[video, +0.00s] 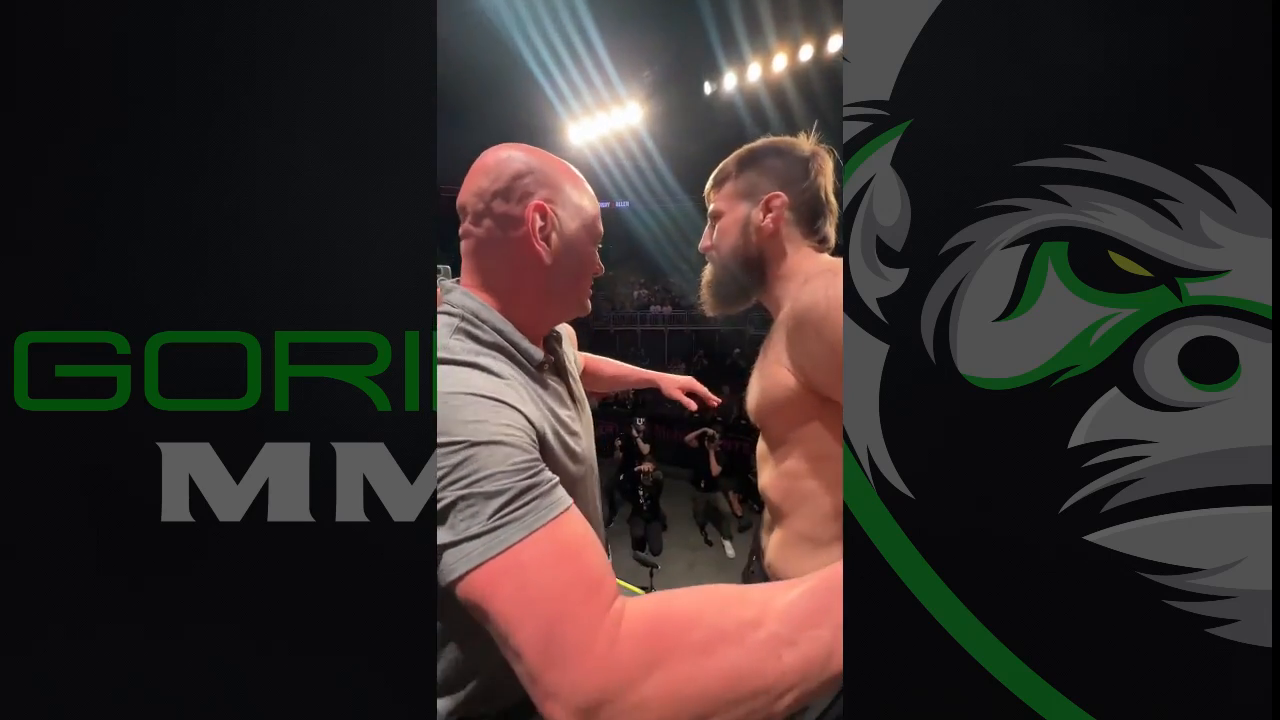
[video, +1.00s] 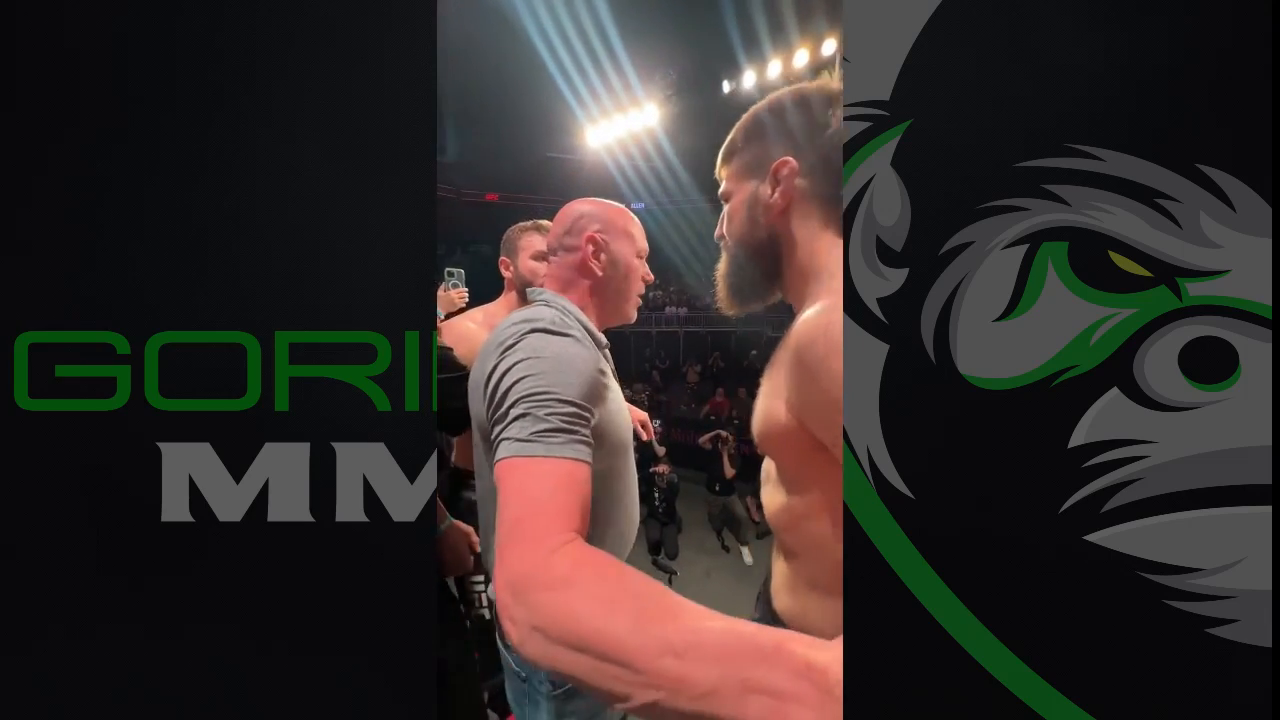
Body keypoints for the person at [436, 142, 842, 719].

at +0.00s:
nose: (599, 265)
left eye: (597, 242)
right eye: (592, 238)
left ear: (539, 229)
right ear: (541, 228)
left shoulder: (520, 335)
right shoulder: (459, 407)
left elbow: (571, 366)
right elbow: (594, 672)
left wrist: (658, 380)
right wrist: (860, 586)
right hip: (493, 698)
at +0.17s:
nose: (607, 271)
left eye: (606, 250)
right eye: (602, 248)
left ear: (551, 234)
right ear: (551, 234)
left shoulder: (539, 338)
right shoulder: (468, 400)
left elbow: (573, 372)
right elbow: (580, 665)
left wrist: (647, 388)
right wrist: (848, 601)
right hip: (507, 688)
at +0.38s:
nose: (624, 277)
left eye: (623, 260)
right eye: (618, 258)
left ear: (573, 250)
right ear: (577, 251)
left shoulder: (558, 340)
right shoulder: (497, 386)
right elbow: (545, 663)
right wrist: (829, 638)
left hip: (598, 594)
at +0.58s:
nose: (636, 271)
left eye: (636, 252)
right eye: (634, 251)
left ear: (542, 250)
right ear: (603, 247)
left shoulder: (566, 346)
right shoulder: (517, 369)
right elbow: (511, 654)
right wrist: (812, 685)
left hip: (598, 597)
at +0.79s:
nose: (644, 276)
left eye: (643, 259)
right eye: (641, 258)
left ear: (553, 255)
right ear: (619, 257)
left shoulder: (563, 347)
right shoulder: (538, 360)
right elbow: (512, 639)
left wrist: (623, 397)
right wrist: (810, 694)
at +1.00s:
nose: (650, 277)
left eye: (648, 261)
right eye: (641, 257)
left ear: (592, 257)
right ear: (595, 254)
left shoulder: (545, 333)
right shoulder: (549, 344)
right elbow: (538, 590)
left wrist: (614, 412)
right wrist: (818, 680)